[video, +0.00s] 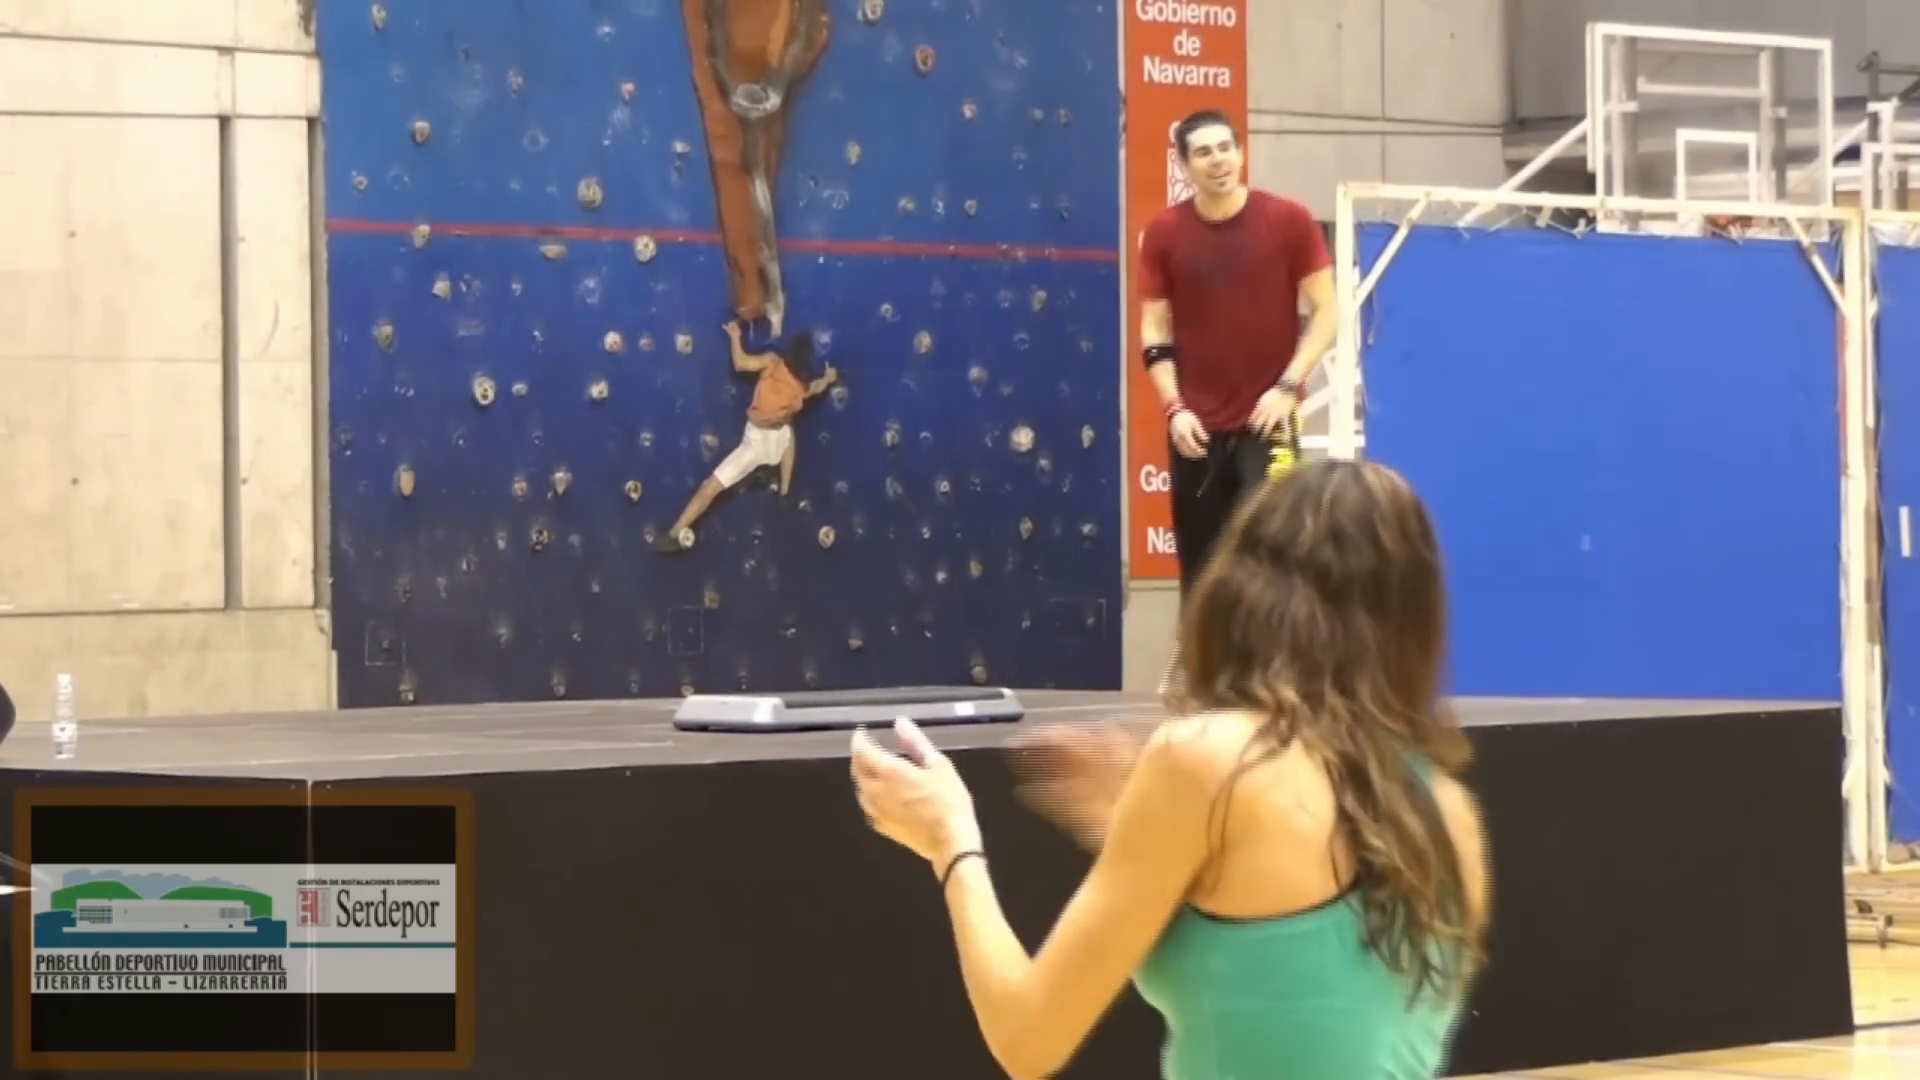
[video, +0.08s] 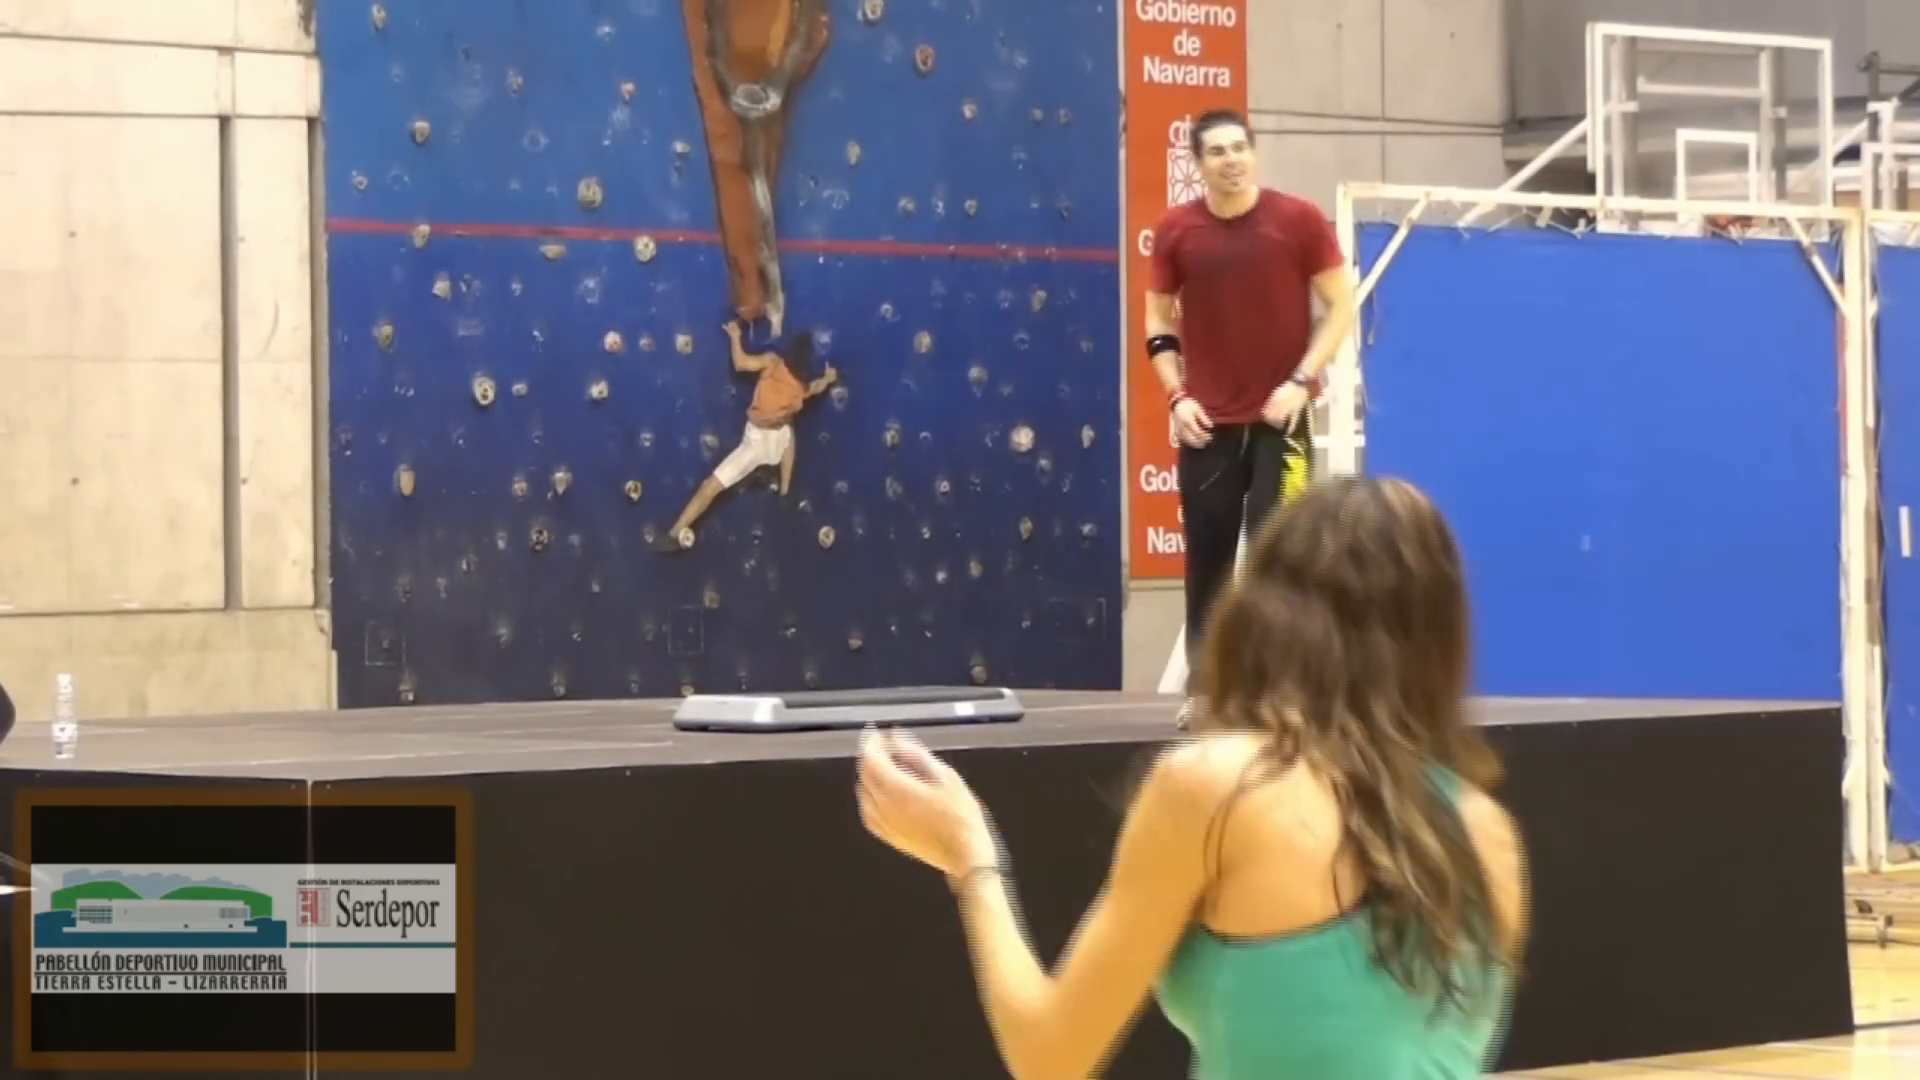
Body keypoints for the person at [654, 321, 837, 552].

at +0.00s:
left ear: (788, 351)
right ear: (808, 360)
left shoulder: (772, 362)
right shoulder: (802, 387)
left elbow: (740, 364)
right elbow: (817, 387)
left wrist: (735, 337)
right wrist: (829, 379)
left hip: (754, 443)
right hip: (778, 441)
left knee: (712, 484)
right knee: (788, 434)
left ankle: (677, 532)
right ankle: (784, 488)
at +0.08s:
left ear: (788, 352)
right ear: (807, 361)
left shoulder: (771, 362)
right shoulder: (802, 388)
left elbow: (740, 364)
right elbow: (817, 387)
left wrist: (735, 337)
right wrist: (829, 378)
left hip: (754, 443)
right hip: (778, 441)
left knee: (711, 485)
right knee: (788, 434)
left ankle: (677, 532)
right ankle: (784, 487)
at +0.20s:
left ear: (788, 352)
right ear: (807, 361)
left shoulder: (772, 362)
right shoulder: (802, 387)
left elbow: (740, 364)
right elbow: (816, 387)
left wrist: (735, 337)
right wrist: (829, 379)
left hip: (755, 443)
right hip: (779, 441)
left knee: (711, 485)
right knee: (788, 434)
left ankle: (676, 532)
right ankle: (784, 488)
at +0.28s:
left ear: (788, 351)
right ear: (807, 360)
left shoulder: (772, 362)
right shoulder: (803, 387)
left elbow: (740, 364)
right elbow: (816, 387)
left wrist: (735, 337)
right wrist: (828, 379)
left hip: (755, 443)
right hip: (779, 441)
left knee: (712, 485)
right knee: (788, 434)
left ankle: (676, 533)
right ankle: (784, 488)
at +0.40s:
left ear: (788, 352)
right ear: (807, 360)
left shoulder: (772, 361)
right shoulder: (802, 387)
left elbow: (740, 364)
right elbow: (816, 387)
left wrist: (734, 337)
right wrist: (828, 379)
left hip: (755, 442)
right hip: (779, 440)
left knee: (713, 484)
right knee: (788, 434)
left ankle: (676, 532)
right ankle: (784, 487)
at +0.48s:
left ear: (788, 352)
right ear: (807, 360)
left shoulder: (772, 361)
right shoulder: (802, 387)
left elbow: (740, 364)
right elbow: (816, 387)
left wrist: (734, 337)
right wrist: (828, 379)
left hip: (755, 442)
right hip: (779, 440)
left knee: (713, 484)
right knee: (788, 434)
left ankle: (676, 532)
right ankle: (784, 487)